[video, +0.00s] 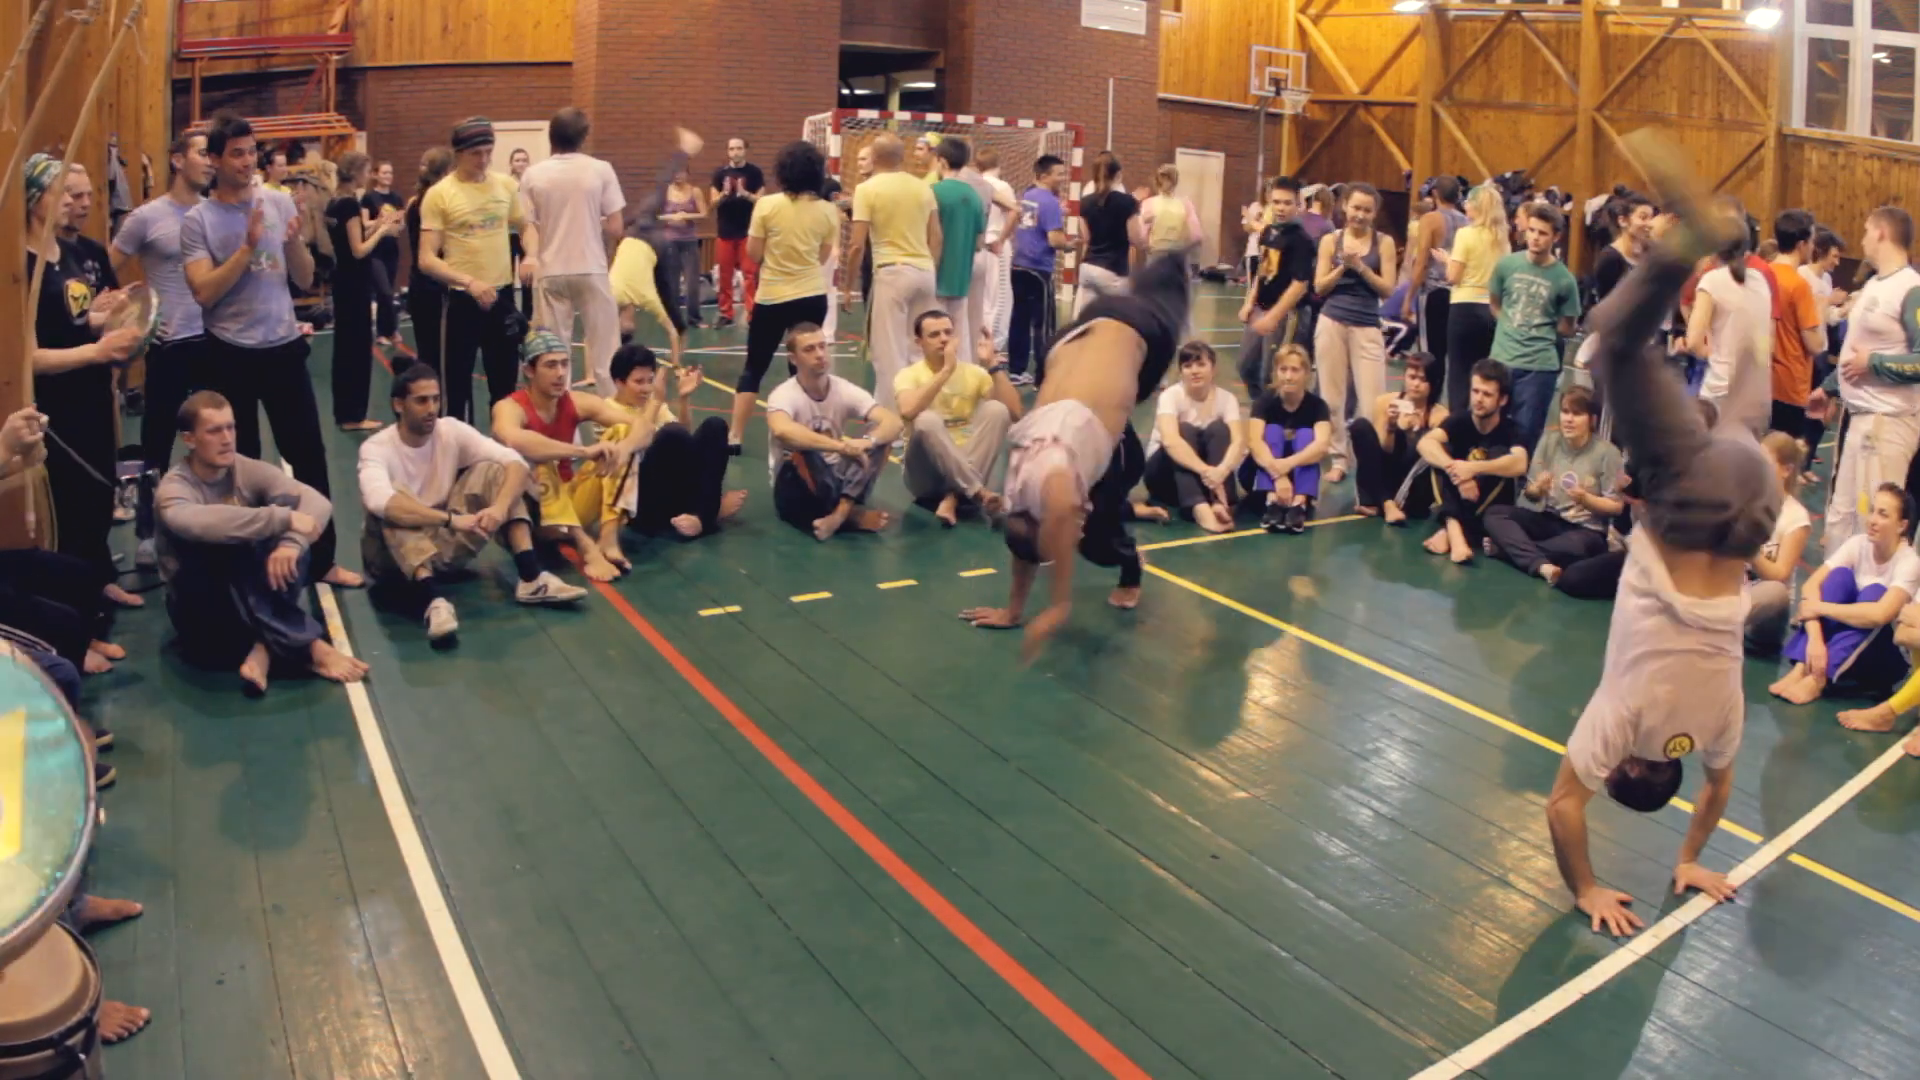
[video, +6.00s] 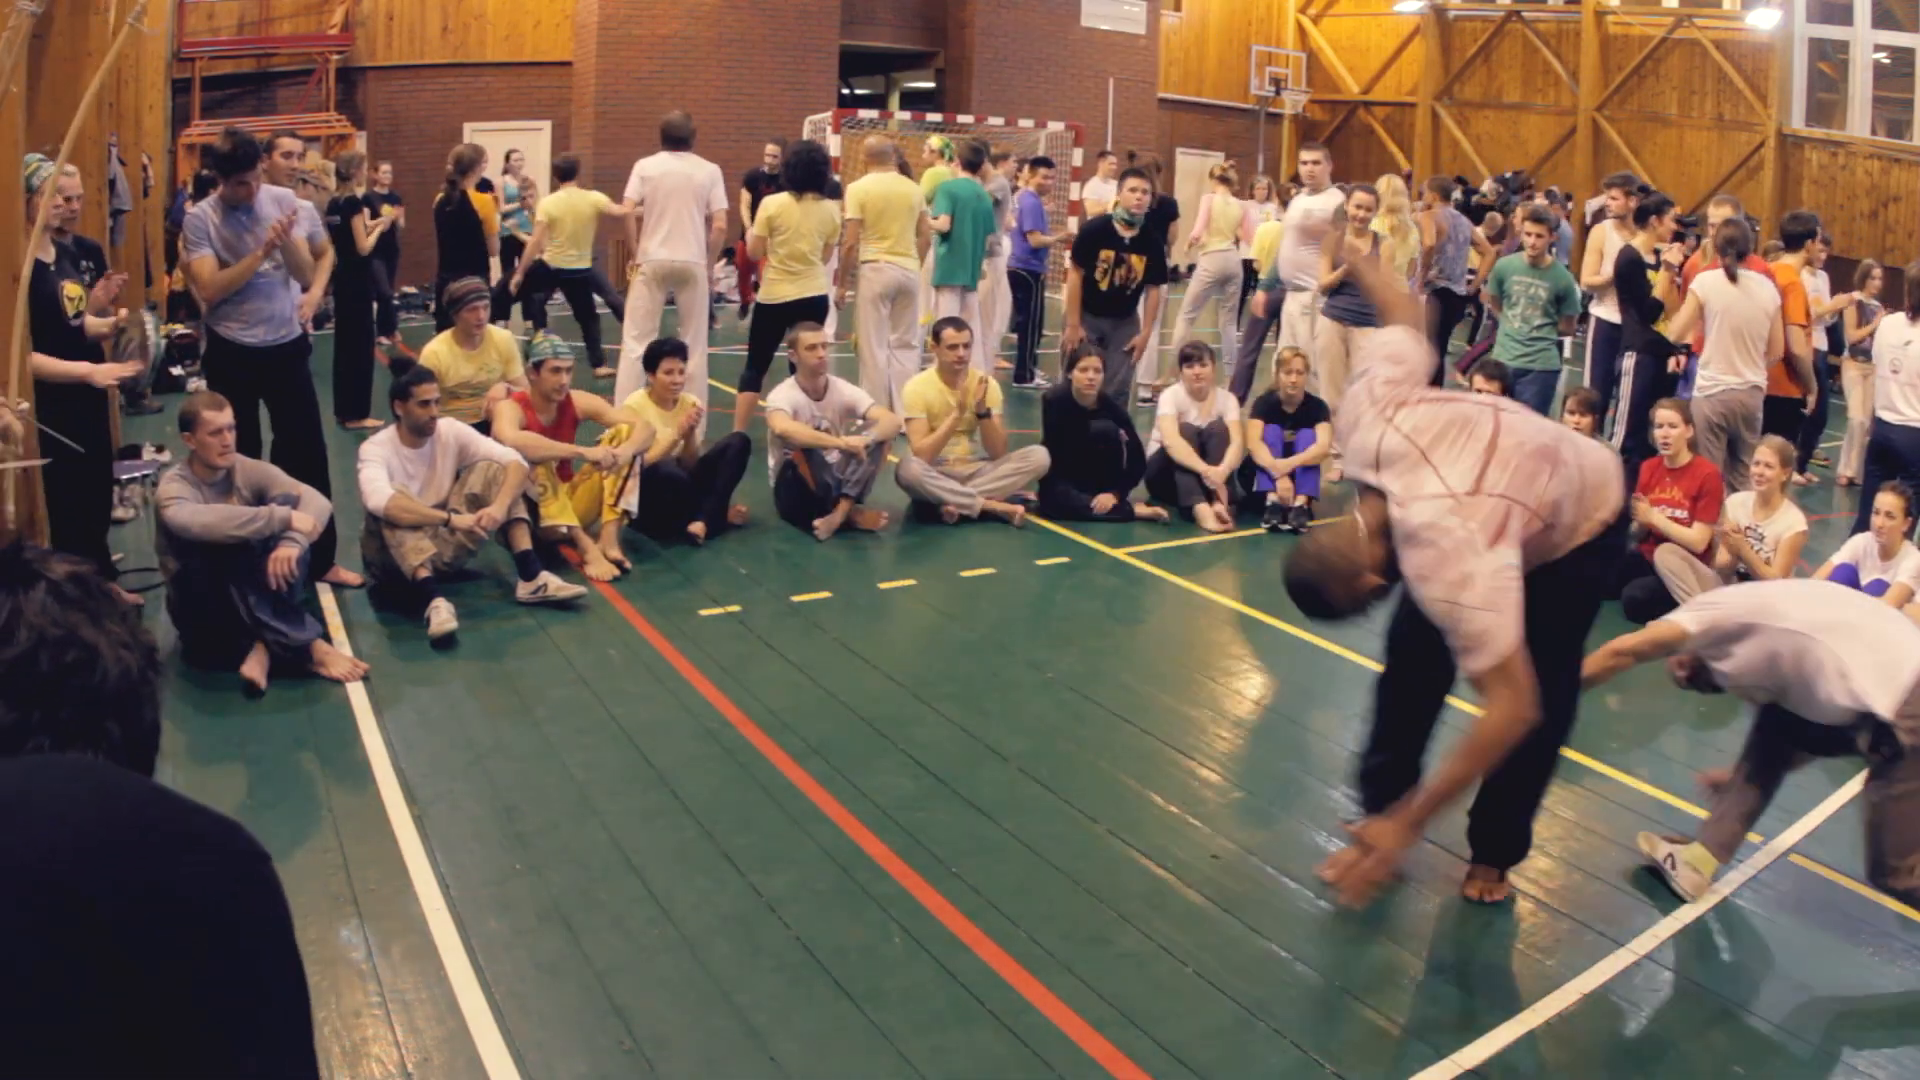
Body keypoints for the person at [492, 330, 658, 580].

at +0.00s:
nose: (560, 373)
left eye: (564, 364)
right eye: (550, 366)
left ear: (570, 366)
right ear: (529, 370)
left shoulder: (579, 402)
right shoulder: (509, 408)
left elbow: (644, 426)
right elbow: (514, 441)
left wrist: (625, 447)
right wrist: (582, 451)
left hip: (575, 506)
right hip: (529, 513)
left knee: (623, 432)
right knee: (541, 465)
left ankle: (609, 537)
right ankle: (586, 545)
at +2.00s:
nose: (560, 375)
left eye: (564, 366)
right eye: (550, 367)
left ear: (569, 367)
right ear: (530, 370)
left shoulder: (581, 403)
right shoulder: (510, 408)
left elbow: (646, 427)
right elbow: (516, 441)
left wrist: (624, 446)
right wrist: (586, 445)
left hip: (572, 508)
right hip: (527, 514)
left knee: (621, 446)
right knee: (541, 464)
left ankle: (609, 538)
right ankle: (587, 546)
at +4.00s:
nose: (562, 381)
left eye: (567, 373)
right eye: (553, 373)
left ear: (573, 372)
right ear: (532, 373)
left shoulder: (580, 404)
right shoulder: (511, 407)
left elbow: (645, 428)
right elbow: (513, 439)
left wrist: (623, 449)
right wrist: (586, 448)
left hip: (572, 505)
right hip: (528, 511)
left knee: (623, 432)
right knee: (542, 465)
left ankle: (609, 537)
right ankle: (587, 546)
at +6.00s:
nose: (564, 380)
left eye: (568, 371)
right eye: (555, 372)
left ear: (573, 371)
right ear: (532, 373)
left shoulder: (579, 402)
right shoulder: (509, 408)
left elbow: (645, 428)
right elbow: (509, 439)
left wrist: (625, 451)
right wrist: (582, 452)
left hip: (571, 504)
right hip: (527, 510)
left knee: (624, 432)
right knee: (540, 466)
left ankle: (609, 536)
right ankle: (586, 546)